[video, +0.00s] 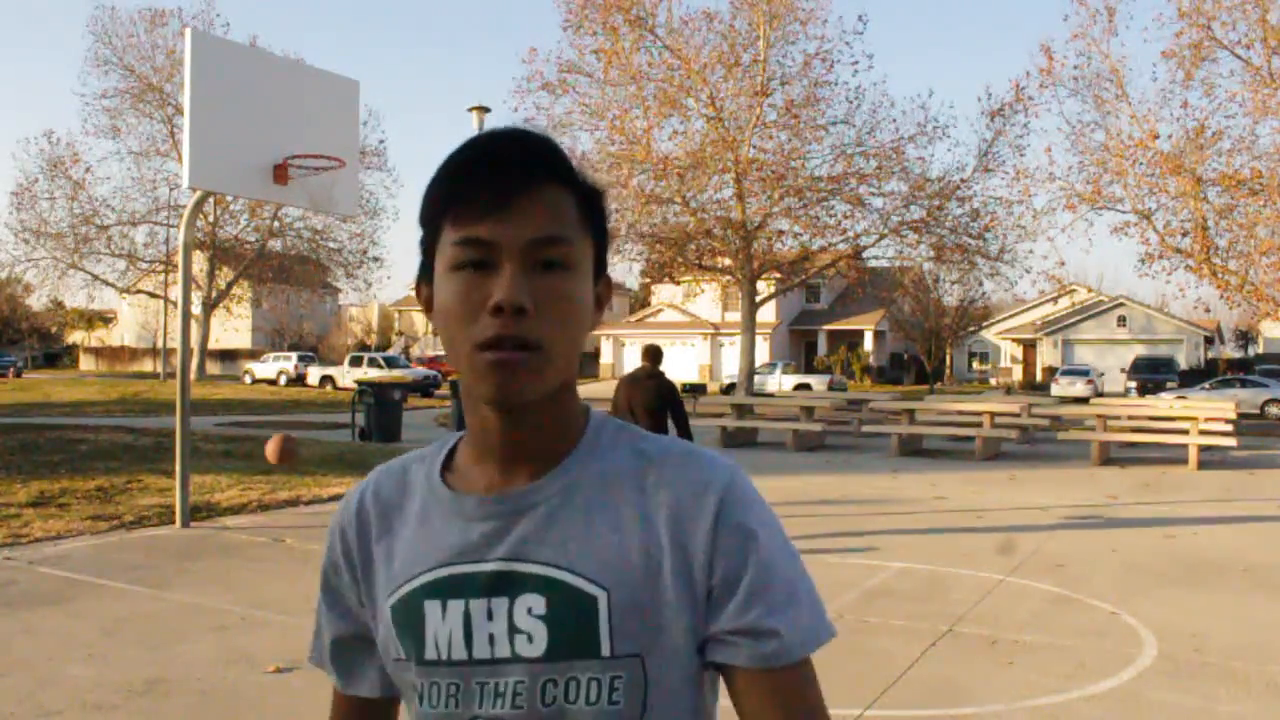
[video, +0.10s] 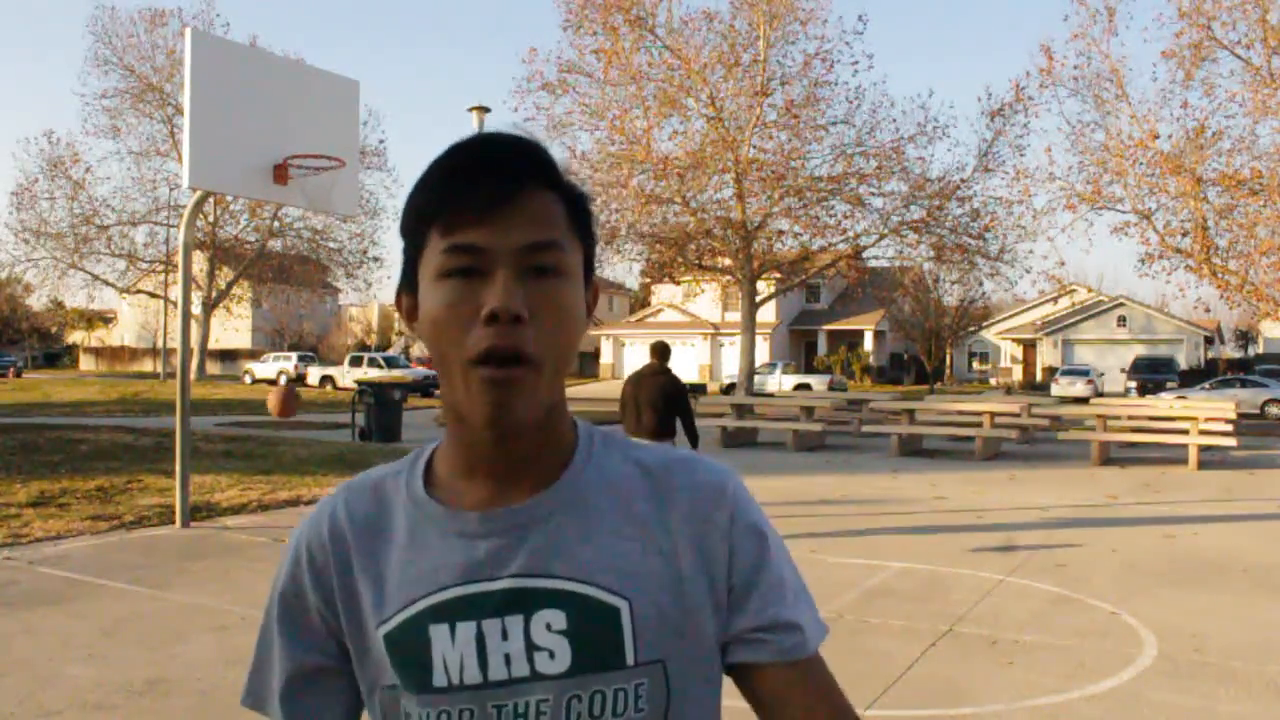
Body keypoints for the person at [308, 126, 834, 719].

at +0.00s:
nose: (509, 297)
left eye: (549, 263)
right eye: (475, 263)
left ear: (600, 303)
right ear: (428, 302)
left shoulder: (705, 505)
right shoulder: (371, 519)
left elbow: (793, 710)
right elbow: (360, 706)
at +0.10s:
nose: (503, 304)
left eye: (540, 270)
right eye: (463, 272)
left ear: (590, 307)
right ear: (411, 315)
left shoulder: (704, 511)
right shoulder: (335, 545)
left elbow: (817, 709)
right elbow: (301, 713)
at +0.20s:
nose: (491, 295)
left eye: (530, 259)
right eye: (450, 260)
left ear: (579, 301)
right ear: (394, 303)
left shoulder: (693, 506)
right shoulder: (299, 549)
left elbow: (839, 706)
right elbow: (240, 715)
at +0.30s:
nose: (486, 299)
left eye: (526, 263)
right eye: (443, 260)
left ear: (573, 299)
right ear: (381, 299)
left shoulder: (681, 519)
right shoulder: (272, 559)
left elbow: (793, 713)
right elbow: (204, 712)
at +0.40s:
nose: (487, 312)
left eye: (529, 276)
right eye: (445, 273)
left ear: (577, 322)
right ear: (383, 317)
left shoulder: (673, 558)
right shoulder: (262, 572)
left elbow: (724, 710)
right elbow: (183, 710)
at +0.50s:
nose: (509, 290)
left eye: (554, 255)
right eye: (467, 252)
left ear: (607, 298)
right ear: (405, 290)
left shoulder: (689, 549)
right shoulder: (269, 535)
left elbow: (713, 709)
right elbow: (182, 709)